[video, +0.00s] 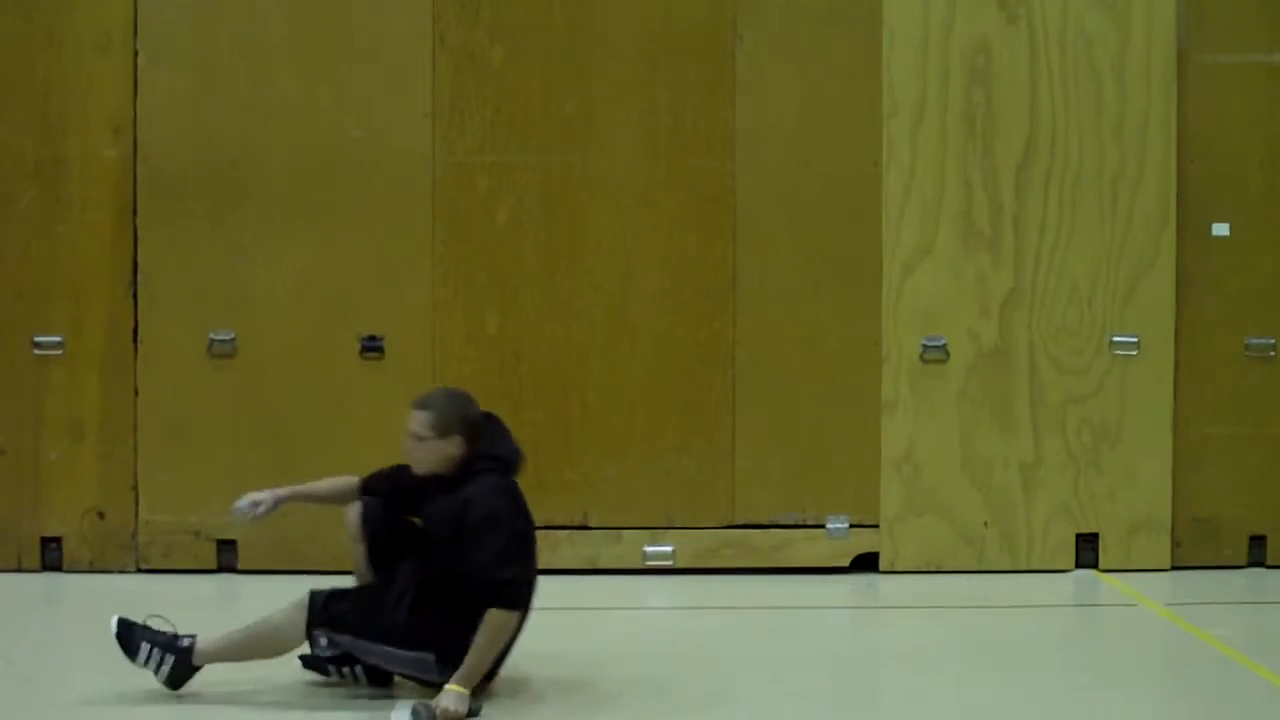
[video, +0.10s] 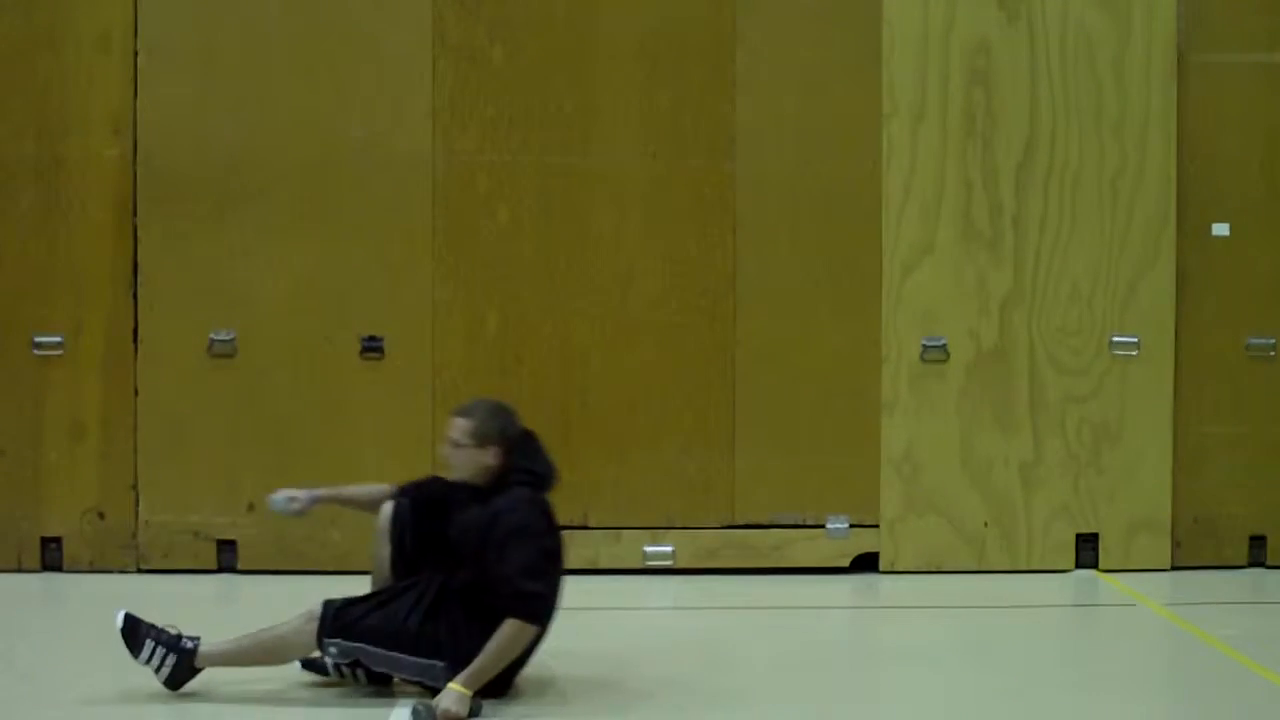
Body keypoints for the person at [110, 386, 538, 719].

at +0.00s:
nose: (408, 449)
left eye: (419, 440)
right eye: (409, 438)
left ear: (458, 444)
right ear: (432, 442)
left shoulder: (493, 500)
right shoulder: (431, 478)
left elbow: (509, 603)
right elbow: (363, 487)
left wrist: (462, 684)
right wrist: (282, 494)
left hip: (453, 644)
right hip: (430, 611)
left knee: (315, 610)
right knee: (368, 515)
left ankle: (188, 656)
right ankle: (375, 655)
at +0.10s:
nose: (446, 455)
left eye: (456, 447)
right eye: (447, 445)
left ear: (493, 455)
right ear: (477, 453)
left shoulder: (523, 514)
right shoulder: (465, 492)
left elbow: (528, 618)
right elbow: (390, 495)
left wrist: (464, 687)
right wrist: (317, 495)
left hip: (471, 646)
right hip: (449, 610)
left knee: (325, 621)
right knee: (395, 517)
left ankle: (190, 658)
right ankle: (371, 658)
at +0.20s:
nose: (492, 458)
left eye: (503, 450)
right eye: (495, 449)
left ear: (538, 460)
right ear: (525, 457)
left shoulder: (561, 528)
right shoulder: (513, 500)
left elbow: (544, 630)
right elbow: (437, 510)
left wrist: (470, 687)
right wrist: (358, 508)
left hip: (484, 645)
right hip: (476, 604)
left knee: (335, 625)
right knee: (408, 523)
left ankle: (197, 660)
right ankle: (360, 659)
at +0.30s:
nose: (538, 463)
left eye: (550, 456)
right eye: (541, 453)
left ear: (584, 471)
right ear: (562, 466)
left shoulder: (594, 545)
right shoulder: (546, 509)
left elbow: (556, 641)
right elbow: (475, 525)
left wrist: (475, 688)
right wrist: (392, 515)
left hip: (487, 648)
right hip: (481, 604)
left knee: (340, 624)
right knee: (401, 530)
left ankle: (201, 659)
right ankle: (351, 649)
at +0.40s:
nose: (578, 474)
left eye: (592, 470)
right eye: (581, 464)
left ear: (626, 490)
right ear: (592, 480)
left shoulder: (619, 566)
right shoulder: (576, 525)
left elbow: (566, 649)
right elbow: (499, 539)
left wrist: (479, 688)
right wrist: (422, 518)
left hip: (488, 650)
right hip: (485, 604)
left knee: (349, 611)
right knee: (395, 530)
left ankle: (208, 657)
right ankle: (337, 652)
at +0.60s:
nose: (644, 512)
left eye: (659, 512)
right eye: (649, 503)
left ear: (687, 537)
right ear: (652, 515)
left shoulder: (654, 605)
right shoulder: (632, 559)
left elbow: (582, 664)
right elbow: (550, 565)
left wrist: (493, 680)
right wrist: (480, 524)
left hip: (493, 640)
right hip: (499, 600)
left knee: (363, 599)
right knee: (406, 528)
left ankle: (229, 650)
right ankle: (335, 645)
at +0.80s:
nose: (696, 551)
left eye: (712, 554)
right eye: (703, 545)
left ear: (727, 586)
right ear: (701, 563)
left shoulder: (681, 641)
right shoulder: (664, 593)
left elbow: (590, 679)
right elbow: (579, 585)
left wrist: (511, 644)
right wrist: (533, 527)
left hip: (510, 643)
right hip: (524, 607)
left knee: (391, 558)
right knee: (426, 512)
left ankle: (276, 636)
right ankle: (350, 620)